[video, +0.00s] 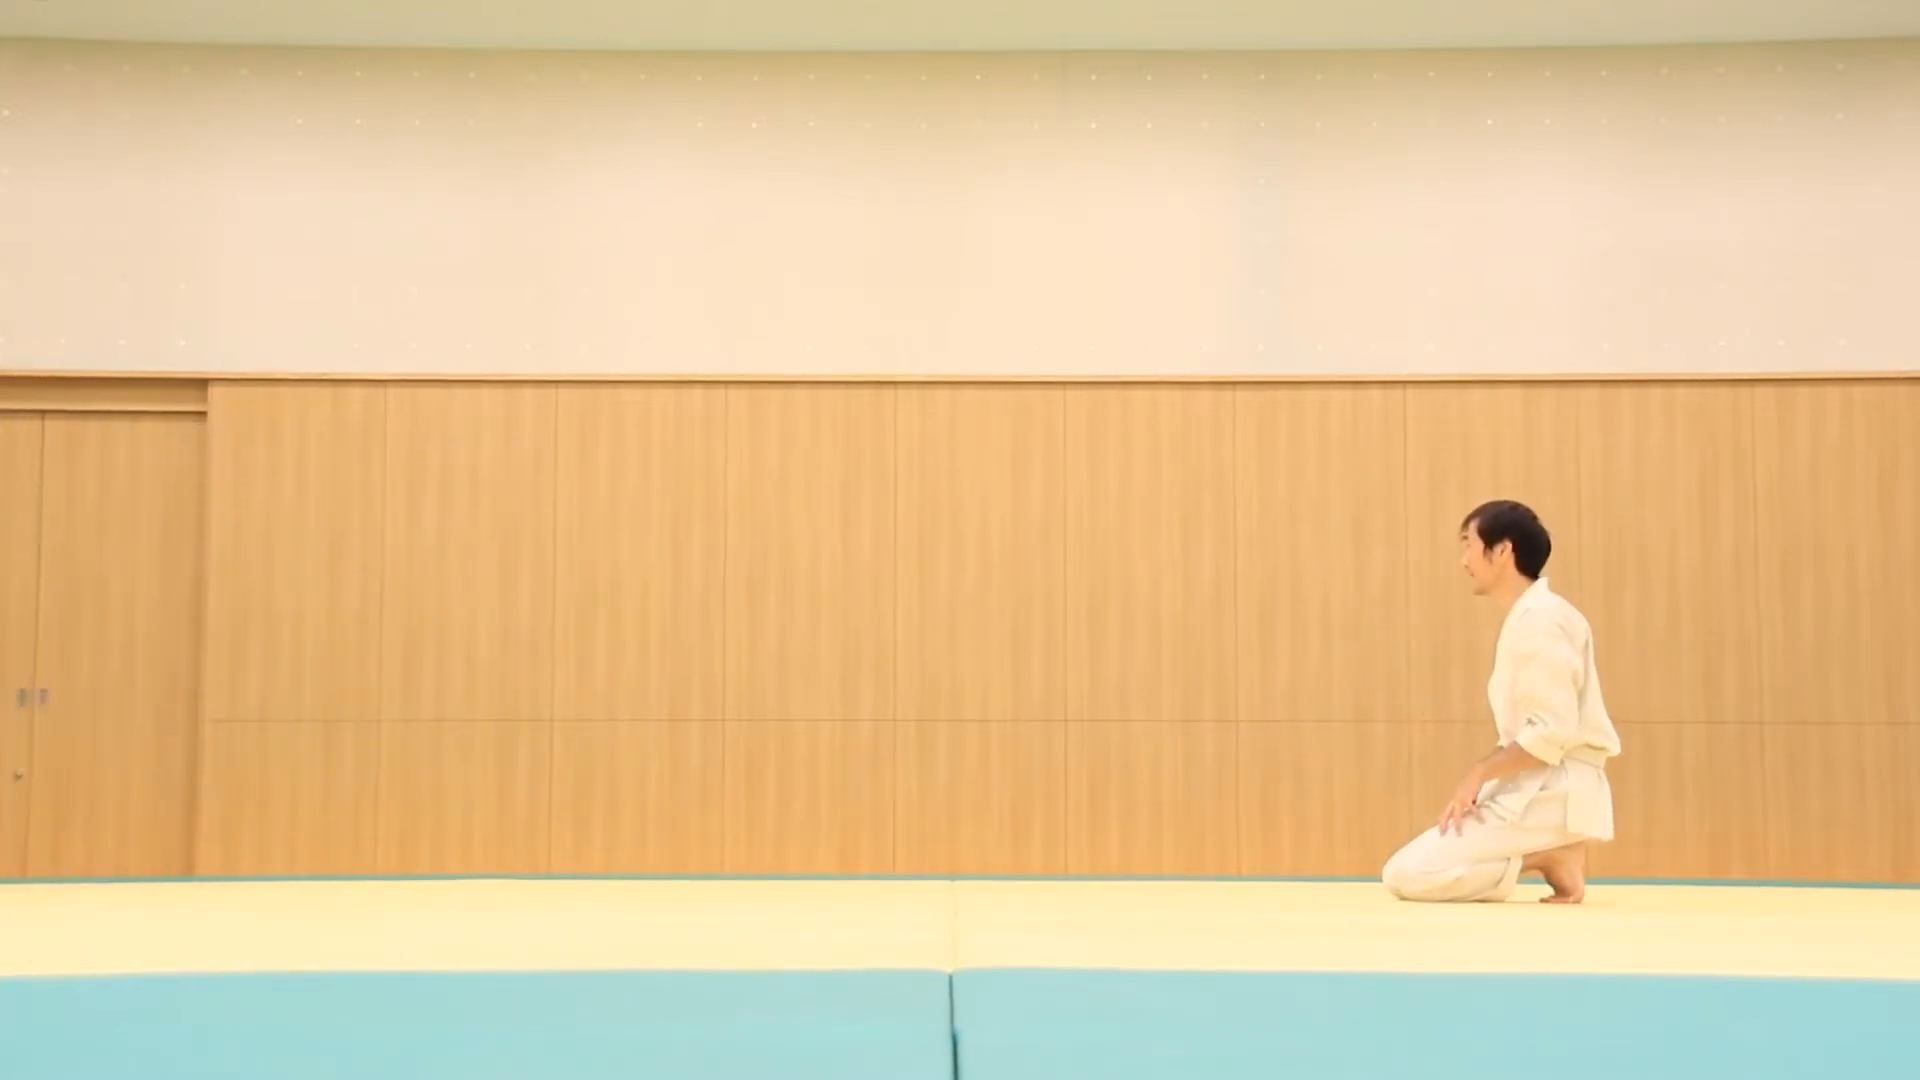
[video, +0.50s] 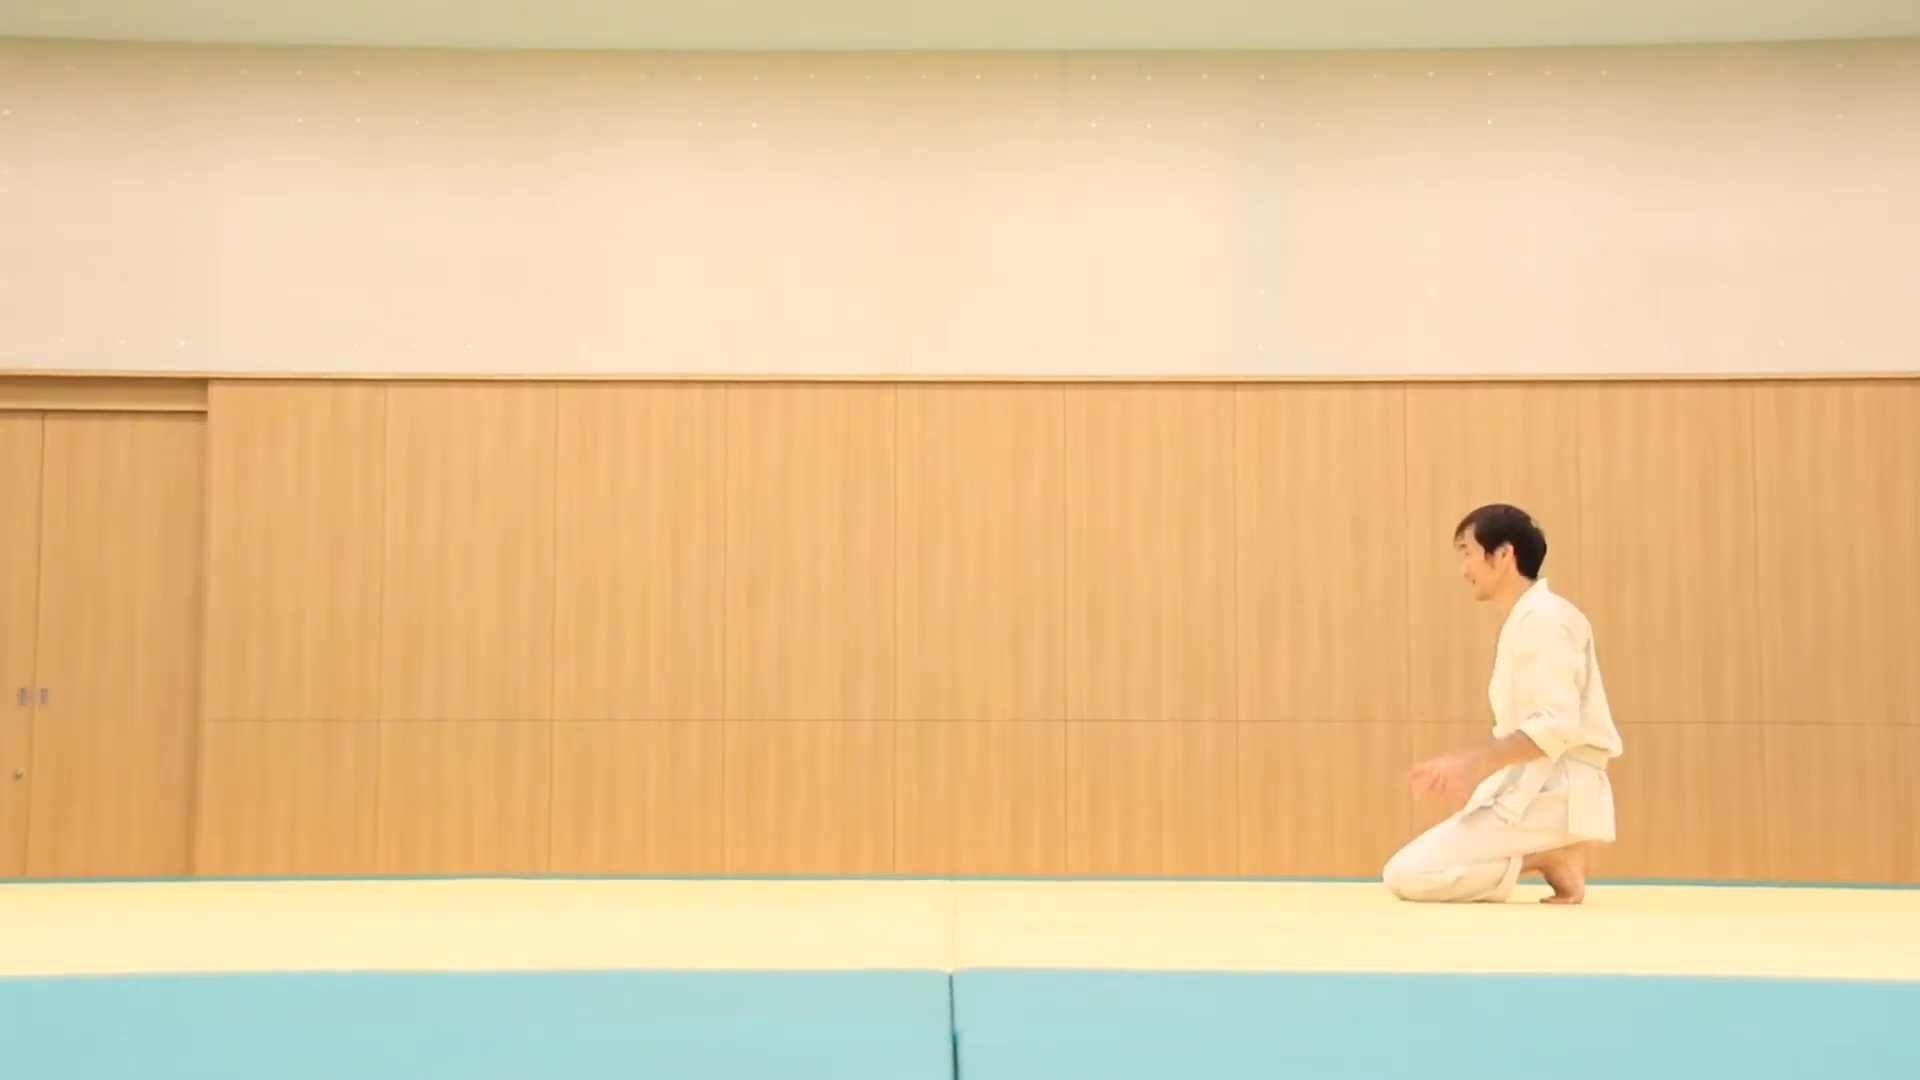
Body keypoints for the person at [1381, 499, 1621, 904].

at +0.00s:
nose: (1463, 561)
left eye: (1469, 546)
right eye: (1464, 548)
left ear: (1503, 552)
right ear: (1503, 554)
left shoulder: (1538, 620)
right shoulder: (1541, 615)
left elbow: (1552, 732)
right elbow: (1543, 730)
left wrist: (1479, 774)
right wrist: (1478, 783)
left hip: (1555, 794)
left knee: (1406, 876)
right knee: (1405, 872)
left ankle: (1550, 857)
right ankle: (1548, 856)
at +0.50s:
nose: (1462, 569)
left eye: (1468, 553)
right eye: (1462, 555)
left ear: (1504, 556)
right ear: (1503, 559)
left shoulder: (1544, 619)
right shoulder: (1531, 618)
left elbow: (1554, 727)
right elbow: (1521, 729)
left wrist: (1474, 764)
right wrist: (1457, 766)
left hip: (1558, 794)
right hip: (1544, 789)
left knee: (1407, 876)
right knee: (1407, 872)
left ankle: (1550, 857)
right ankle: (1548, 857)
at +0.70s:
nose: (1457, 576)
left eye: (1457, 562)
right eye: (1454, 563)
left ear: (1485, 561)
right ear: (1487, 562)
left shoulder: (1544, 617)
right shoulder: (1523, 620)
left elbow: (1547, 711)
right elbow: (1485, 705)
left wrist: (1472, 727)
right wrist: (1430, 725)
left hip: (1557, 789)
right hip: (1534, 782)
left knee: (1407, 876)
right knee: (1404, 872)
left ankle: (1549, 855)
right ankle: (1547, 855)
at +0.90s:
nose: (1450, 580)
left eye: (1449, 565)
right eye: (1446, 568)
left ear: (1479, 562)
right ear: (1477, 564)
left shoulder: (1541, 617)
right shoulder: (1516, 624)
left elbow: (1561, 716)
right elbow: (1470, 723)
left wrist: (1483, 743)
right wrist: (1400, 731)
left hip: (1555, 789)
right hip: (1531, 783)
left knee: (1407, 876)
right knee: (1405, 872)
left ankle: (1548, 856)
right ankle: (1547, 856)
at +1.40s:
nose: (1455, 574)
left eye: (1462, 558)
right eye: (1449, 565)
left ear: (1503, 555)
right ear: (1446, 569)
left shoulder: (1559, 621)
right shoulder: (1471, 633)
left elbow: (1575, 728)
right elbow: (1442, 696)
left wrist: (1501, 792)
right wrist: (1425, 697)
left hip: (1563, 788)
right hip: (1513, 780)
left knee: (1404, 875)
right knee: (1398, 874)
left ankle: (1547, 855)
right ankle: (1543, 856)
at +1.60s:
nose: (1450, 571)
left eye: (1458, 555)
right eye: (1445, 561)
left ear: (1499, 553)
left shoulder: (1559, 619)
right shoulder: (1467, 628)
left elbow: (1574, 726)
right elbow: (1425, 687)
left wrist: (1505, 794)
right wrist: (1395, 669)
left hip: (1565, 786)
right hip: (1514, 777)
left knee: (1405, 875)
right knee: (1396, 875)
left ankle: (1548, 855)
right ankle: (1543, 856)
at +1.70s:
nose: (1448, 569)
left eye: (1454, 554)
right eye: (1444, 558)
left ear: (1495, 553)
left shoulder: (1557, 621)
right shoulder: (1470, 626)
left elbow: (1563, 733)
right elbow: (1412, 654)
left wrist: (1497, 794)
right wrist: (1354, 654)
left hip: (1562, 789)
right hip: (1515, 779)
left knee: (1405, 875)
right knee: (1399, 873)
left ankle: (1548, 855)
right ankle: (1545, 854)